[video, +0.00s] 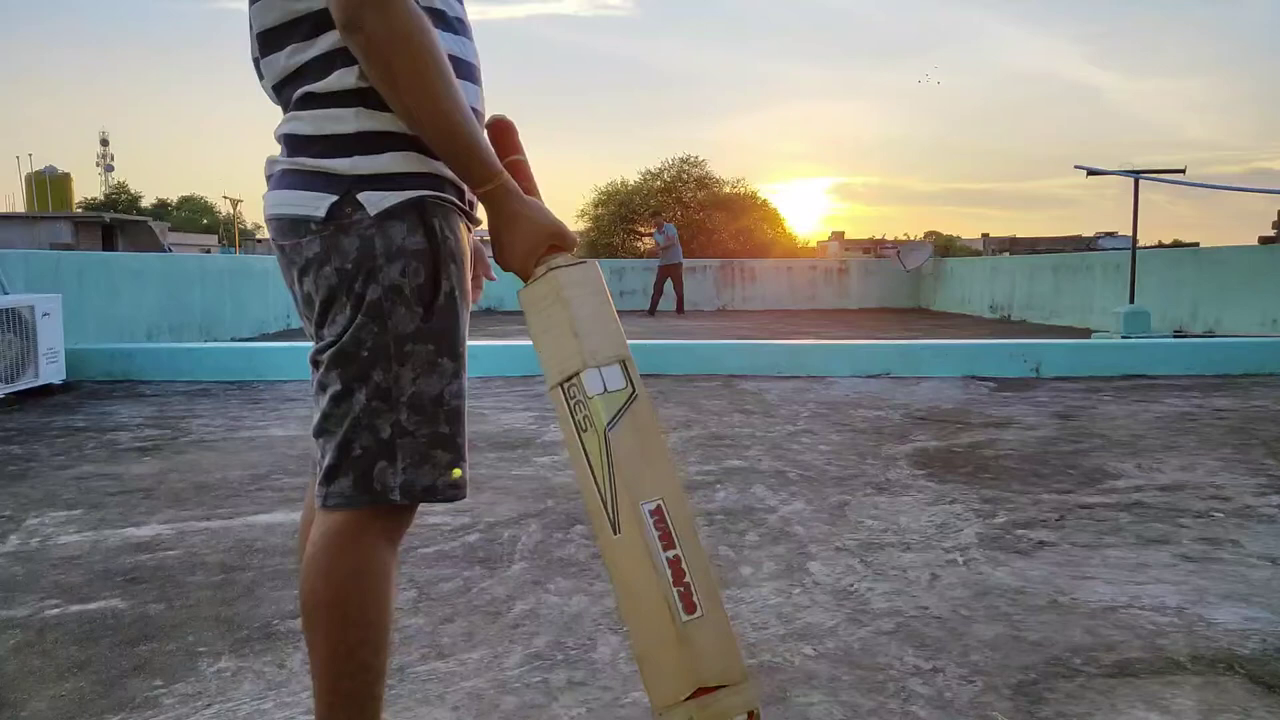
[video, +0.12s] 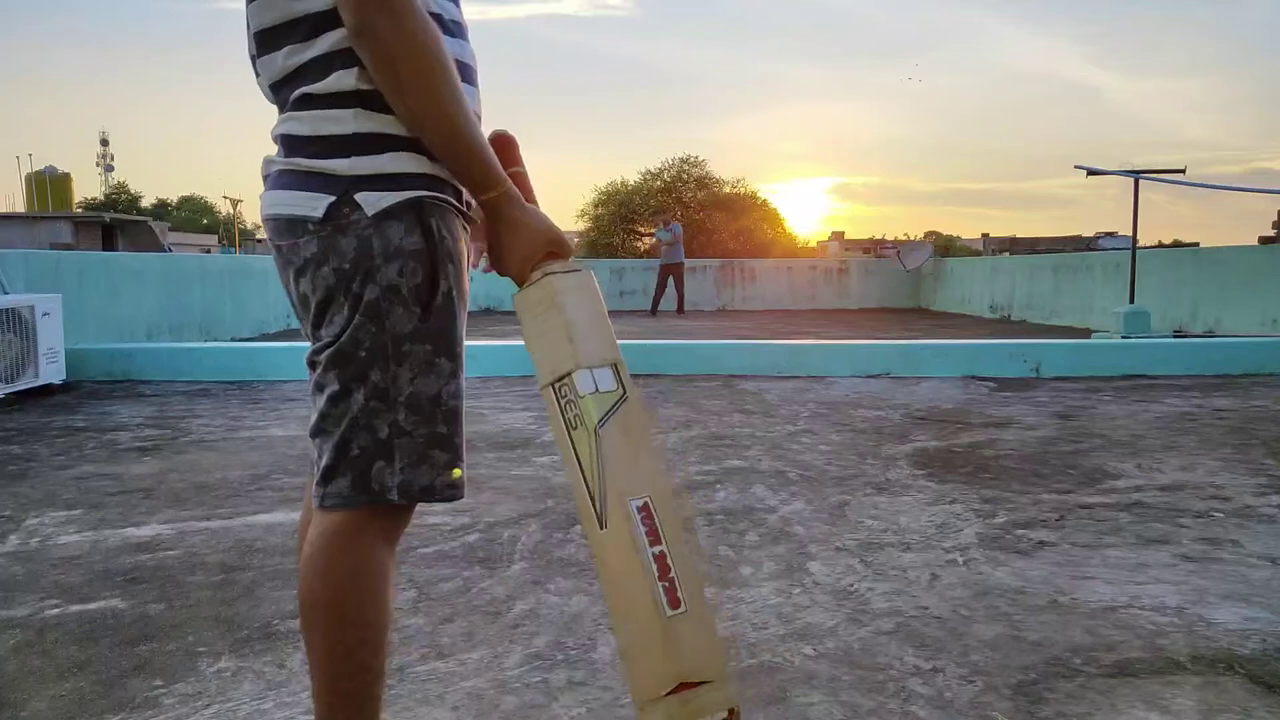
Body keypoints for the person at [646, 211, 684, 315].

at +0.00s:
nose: (655, 222)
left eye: (657, 219)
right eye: (653, 220)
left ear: (662, 218)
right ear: (653, 221)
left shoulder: (670, 227)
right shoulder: (656, 234)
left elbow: (673, 241)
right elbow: (658, 247)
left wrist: (660, 248)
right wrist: (654, 251)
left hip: (675, 261)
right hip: (664, 262)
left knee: (678, 289)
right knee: (658, 288)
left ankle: (680, 310)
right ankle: (651, 311)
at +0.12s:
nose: (664, 218)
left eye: (665, 215)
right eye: (662, 216)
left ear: (670, 216)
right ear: (660, 218)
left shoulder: (676, 227)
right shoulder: (659, 231)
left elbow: (677, 239)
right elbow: (643, 235)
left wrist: (662, 243)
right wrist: (630, 230)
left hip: (677, 261)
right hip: (665, 262)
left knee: (679, 289)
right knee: (660, 288)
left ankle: (680, 310)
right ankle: (653, 310)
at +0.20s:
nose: (668, 217)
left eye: (670, 215)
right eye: (666, 215)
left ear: (674, 216)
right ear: (664, 217)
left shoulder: (680, 226)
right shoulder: (662, 229)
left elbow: (681, 237)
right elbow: (657, 242)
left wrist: (666, 238)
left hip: (679, 260)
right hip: (666, 260)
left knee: (680, 288)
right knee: (660, 287)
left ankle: (680, 310)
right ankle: (657, 309)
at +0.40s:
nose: (675, 214)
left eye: (677, 211)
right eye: (672, 212)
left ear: (680, 213)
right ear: (669, 213)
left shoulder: (684, 224)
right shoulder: (666, 225)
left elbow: (685, 228)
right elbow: (654, 232)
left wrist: (676, 221)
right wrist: (657, 220)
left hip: (681, 259)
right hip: (668, 259)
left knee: (681, 288)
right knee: (665, 287)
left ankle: (681, 309)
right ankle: (662, 309)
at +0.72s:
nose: (671, 218)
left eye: (673, 215)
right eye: (669, 216)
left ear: (678, 216)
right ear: (667, 218)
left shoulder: (683, 226)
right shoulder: (665, 227)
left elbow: (683, 217)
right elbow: (651, 228)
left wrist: (666, 215)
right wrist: (659, 219)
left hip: (681, 258)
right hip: (668, 259)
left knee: (681, 288)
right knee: (667, 288)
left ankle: (681, 311)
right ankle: (669, 312)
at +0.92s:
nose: (663, 215)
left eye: (664, 213)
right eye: (663, 213)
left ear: (667, 214)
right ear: (674, 214)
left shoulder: (663, 226)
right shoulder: (679, 223)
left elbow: (652, 233)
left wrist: (637, 233)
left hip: (665, 258)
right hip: (678, 257)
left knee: (664, 287)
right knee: (677, 285)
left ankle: (668, 312)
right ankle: (681, 308)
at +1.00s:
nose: (664, 215)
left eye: (666, 212)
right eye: (664, 212)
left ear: (667, 213)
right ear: (674, 213)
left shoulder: (665, 227)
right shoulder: (677, 224)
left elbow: (658, 240)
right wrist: (641, 235)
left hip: (665, 258)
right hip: (676, 257)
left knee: (662, 288)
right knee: (672, 285)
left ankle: (667, 312)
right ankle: (677, 308)